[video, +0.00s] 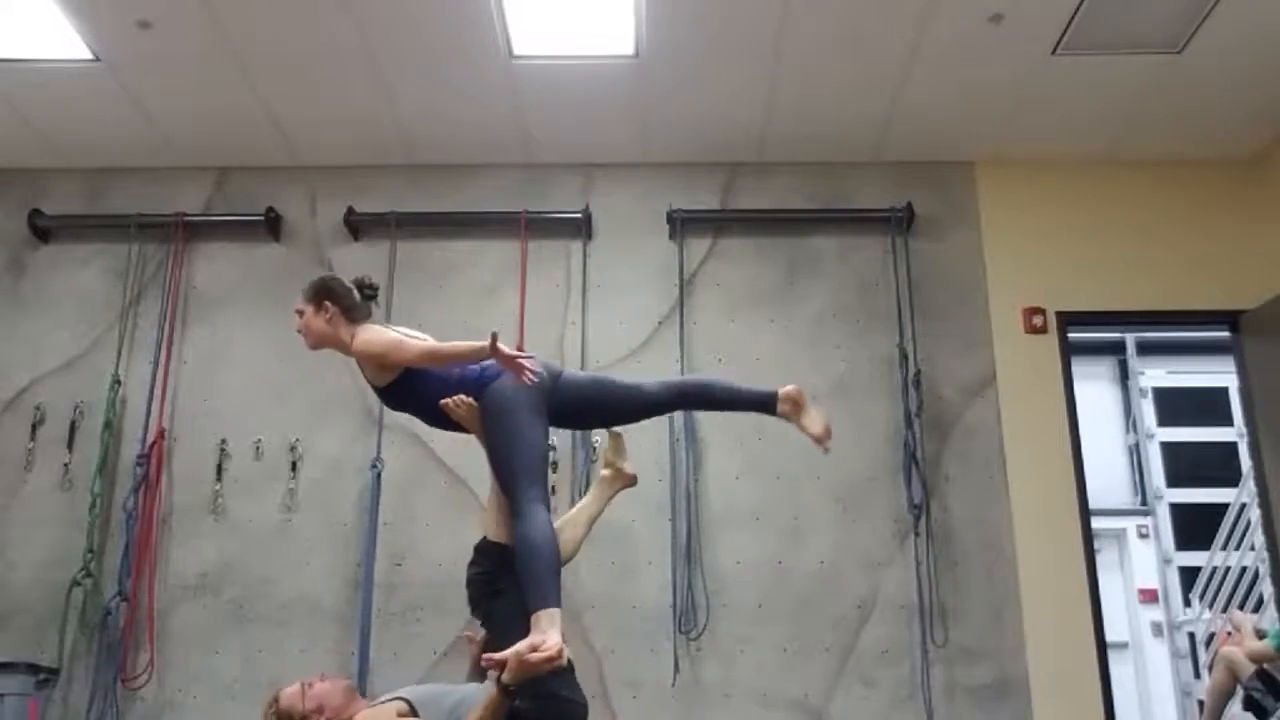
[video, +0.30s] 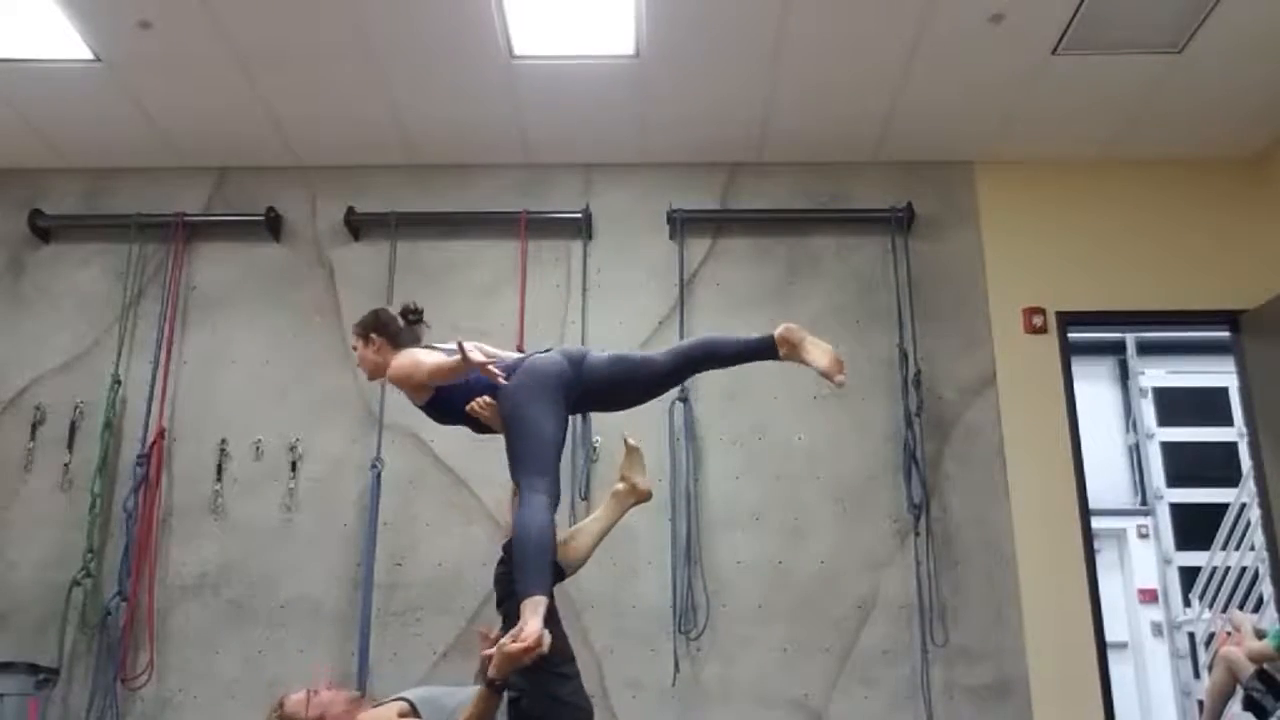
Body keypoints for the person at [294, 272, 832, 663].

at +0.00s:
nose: (299, 325)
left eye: (304, 316)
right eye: (298, 317)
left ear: (331, 312)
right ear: (337, 312)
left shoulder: (365, 342)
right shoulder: (377, 345)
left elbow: (431, 351)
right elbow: (438, 356)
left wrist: (492, 349)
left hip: (499, 396)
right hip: (521, 381)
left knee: (526, 505)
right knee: (657, 396)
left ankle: (546, 633)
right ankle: (781, 401)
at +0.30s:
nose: (357, 358)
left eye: (360, 349)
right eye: (355, 351)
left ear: (381, 344)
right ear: (392, 338)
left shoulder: (400, 367)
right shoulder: (435, 359)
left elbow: (444, 357)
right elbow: (482, 363)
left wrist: (477, 357)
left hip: (526, 383)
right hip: (566, 366)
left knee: (534, 495)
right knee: (670, 366)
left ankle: (532, 622)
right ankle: (782, 342)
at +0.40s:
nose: (374, 376)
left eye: (375, 365)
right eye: (372, 368)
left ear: (393, 357)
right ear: (405, 348)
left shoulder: (410, 375)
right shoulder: (458, 359)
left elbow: (430, 377)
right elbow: (515, 358)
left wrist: (469, 402)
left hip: (522, 383)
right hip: (566, 361)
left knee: (532, 493)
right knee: (662, 350)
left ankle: (528, 618)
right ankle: (762, 322)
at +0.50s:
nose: (388, 383)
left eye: (387, 373)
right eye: (386, 375)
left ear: (401, 362)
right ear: (414, 350)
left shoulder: (415, 378)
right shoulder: (463, 363)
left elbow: (427, 382)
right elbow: (513, 356)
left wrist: (463, 404)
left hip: (519, 384)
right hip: (563, 361)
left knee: (523, 491)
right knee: (645, 356)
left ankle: (514, 613)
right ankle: (737, 321)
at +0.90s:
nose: (373, 363)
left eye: (372, 354)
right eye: (371, 354)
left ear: (382, 343)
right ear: (407, 329)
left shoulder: (399, 365)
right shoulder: (461, 326)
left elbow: (388, 392)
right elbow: (523, 325)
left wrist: (363, 410)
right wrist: (594, 317)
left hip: (501, 383)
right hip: (553, 357)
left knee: (505, 492)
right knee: (636, 460)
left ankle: (496, 613)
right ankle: (724, 540)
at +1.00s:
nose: (367, 352)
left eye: (366, 343)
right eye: (365, 344)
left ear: (380, 334)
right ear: (407, 321)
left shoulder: (396, 357)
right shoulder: (457, 319)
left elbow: (379, 387)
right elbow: (520, 321)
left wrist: (349, 403)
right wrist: (589, 318)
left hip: (500, 378)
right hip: (554, 356)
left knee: (504, 493)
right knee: (623, 476)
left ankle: (494, 616)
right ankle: (685, 573)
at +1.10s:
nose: (364, 337)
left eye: (361, 329)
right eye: (361, 331)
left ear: (373, 319)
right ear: (399, 306)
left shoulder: (392, 343)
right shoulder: (453, 309)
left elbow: (377, 376)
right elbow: (521, 319)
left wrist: (346, 393)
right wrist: (592, 325)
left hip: (501, 381)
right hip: (556, 359)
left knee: (510, 497)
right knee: (605, 488)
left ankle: (511, 617)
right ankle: (648, 598)